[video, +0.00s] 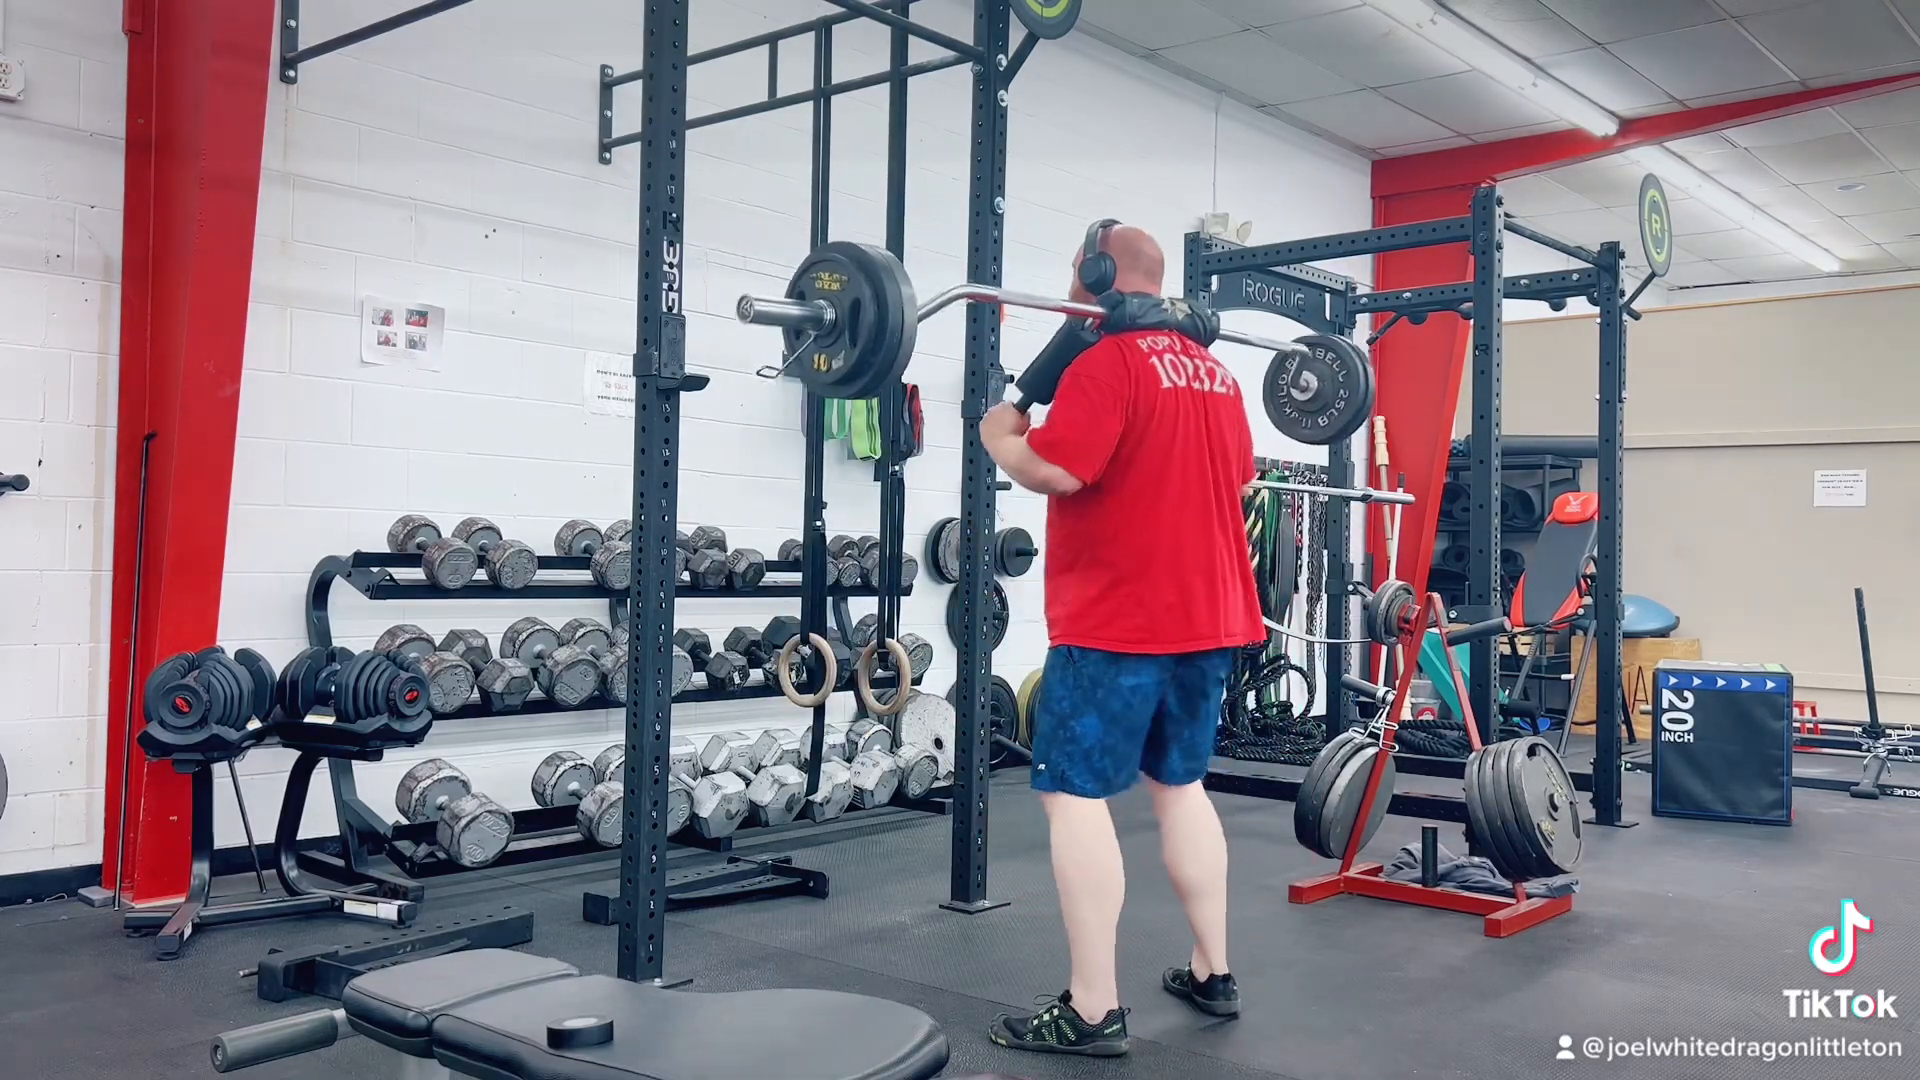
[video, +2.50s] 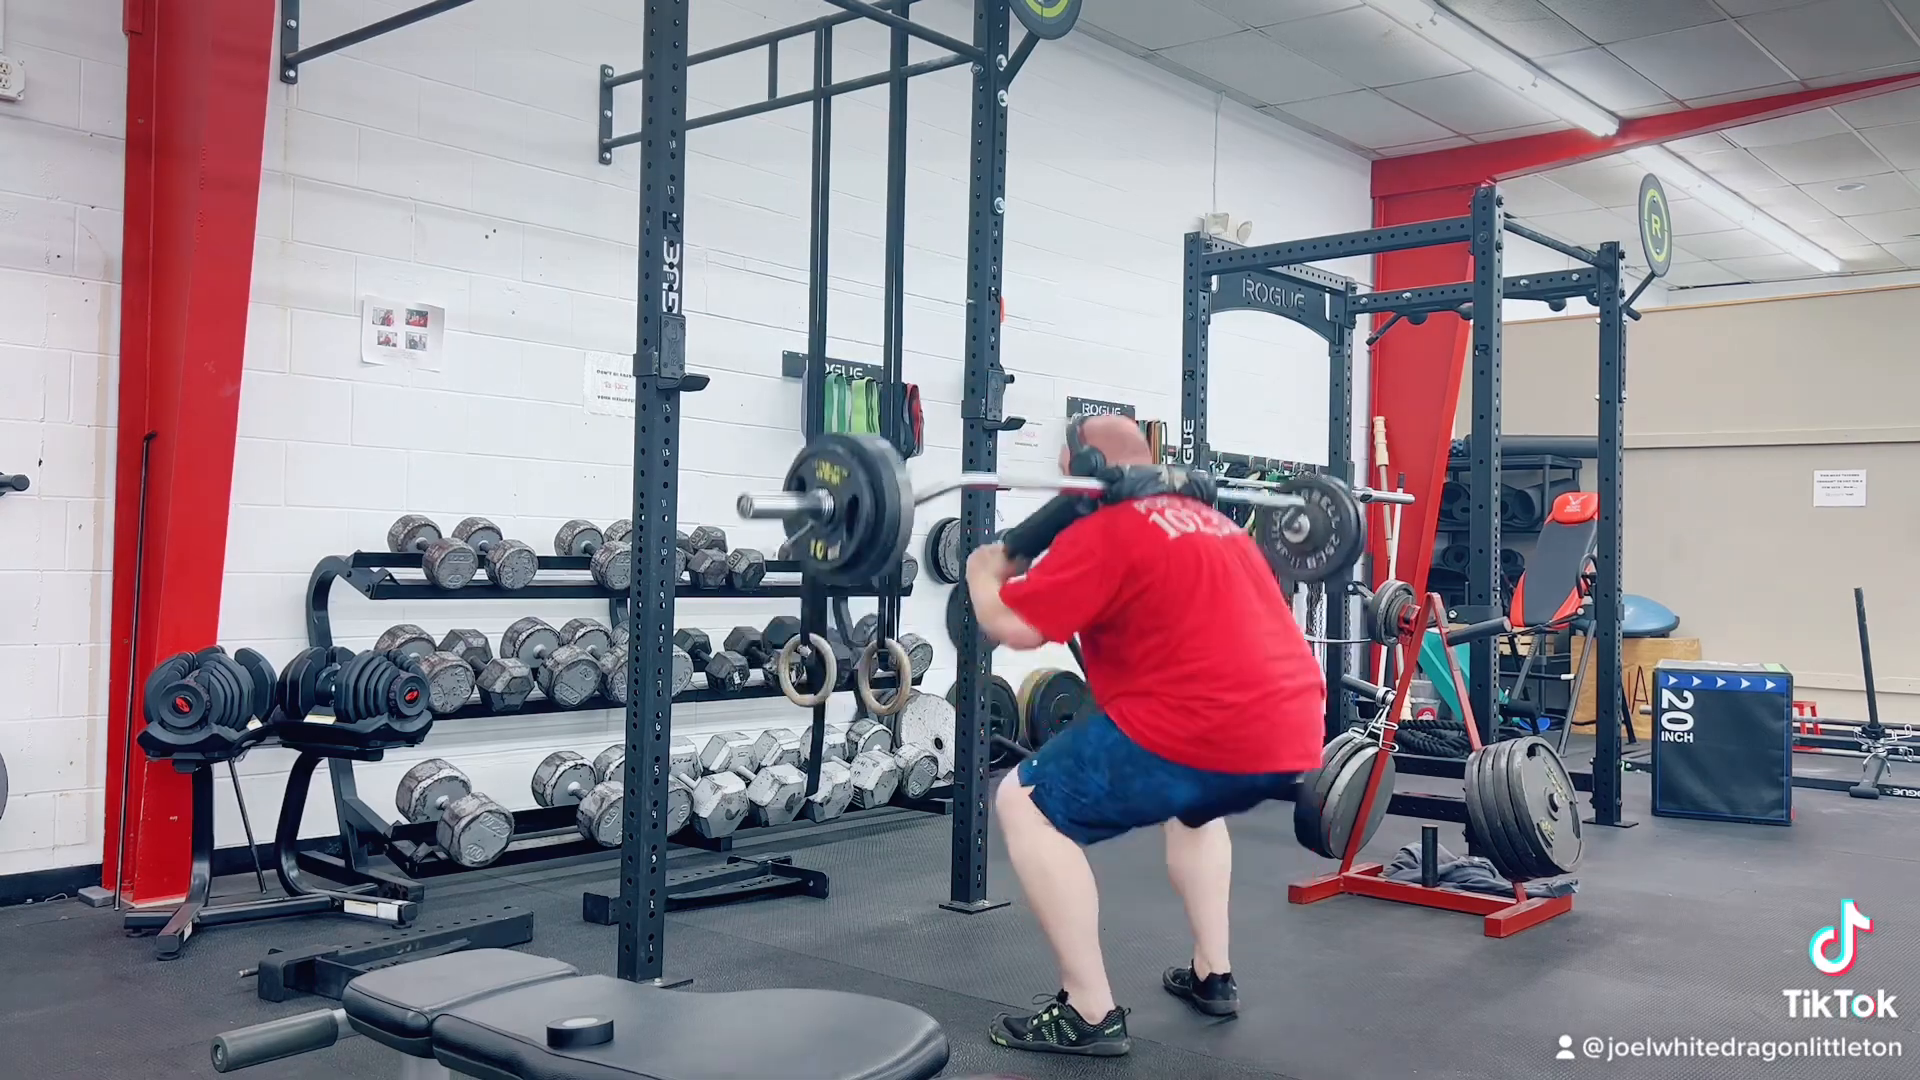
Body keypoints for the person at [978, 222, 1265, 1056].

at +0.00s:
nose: (1072, 298)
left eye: (1074, 286)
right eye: (1074, 285)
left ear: (1091, 287)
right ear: (1158, 285)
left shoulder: (1108, 358)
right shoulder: (1214, 369)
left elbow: (1060, 469)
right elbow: (1238, 480)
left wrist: (1003, 436)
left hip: (1119, 619)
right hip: (1212, 614)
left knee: (1072, 787)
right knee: (1179, 780)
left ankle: (1093, 1006)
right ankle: (1214, 973)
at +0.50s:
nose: (1048, 607)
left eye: (1049, 596)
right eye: (1048, 597)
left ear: (1063, 599)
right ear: (1127, 585)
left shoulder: (1085, 661)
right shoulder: (1184, 636)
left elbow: (981, 751)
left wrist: (957, 682)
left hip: (1201, 875)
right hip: (1276, 865)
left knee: (993, 816)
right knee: (1160, 787)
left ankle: (1089, 1010)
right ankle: (1208, 974)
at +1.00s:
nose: (1063, 367)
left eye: (1066, 354)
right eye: (1065, 353)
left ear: (1081, 356)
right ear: (1149, 351)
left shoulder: (1100, 419)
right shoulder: (1211, 422)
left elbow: (1021, 518)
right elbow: (1239, 529)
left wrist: (982, 471)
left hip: (1142, 647)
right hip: (1237, 648)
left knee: (1029, 792)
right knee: (1171, 787)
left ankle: (1090, 1005)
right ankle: (1210, 973)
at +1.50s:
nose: (1089, 288)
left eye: (1093, 277)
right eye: (1093, 275)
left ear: (1111, 282)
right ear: (1179, 280)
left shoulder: (1125, 350)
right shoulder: (1233, 359)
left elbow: (1081, 455)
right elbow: (1267, 463)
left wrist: (1024, 432)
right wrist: (1187, 469)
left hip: (1126, 608)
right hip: (1218, 605)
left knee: (1118, 797)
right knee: (1211, 784)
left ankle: (1095, 1009)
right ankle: (1216, 975)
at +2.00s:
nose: (1067, 509)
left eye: (1069, 499)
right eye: (1073, 499)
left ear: (1080, 504)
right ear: (1153, 500)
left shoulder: (1097, 572)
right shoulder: (1201, 557)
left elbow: (992, 659)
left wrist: (972, 592)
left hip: (1186, 785)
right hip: (1277, 783)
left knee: (999, 810)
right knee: (1158, 797)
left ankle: (1089, 1010)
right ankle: (1210, 973)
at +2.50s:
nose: (1064, 477)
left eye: (1064, 468)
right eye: (1066, 468)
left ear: (1079, 470)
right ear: (1149, 462)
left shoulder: (1108, 530)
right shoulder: (1212, 517)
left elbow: (1013, 626)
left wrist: (980, 570)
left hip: (1194, 732)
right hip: (1291, 731)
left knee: (1024, 800)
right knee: (1194, 806)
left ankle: (1089, 1008)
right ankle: (1214, 974)